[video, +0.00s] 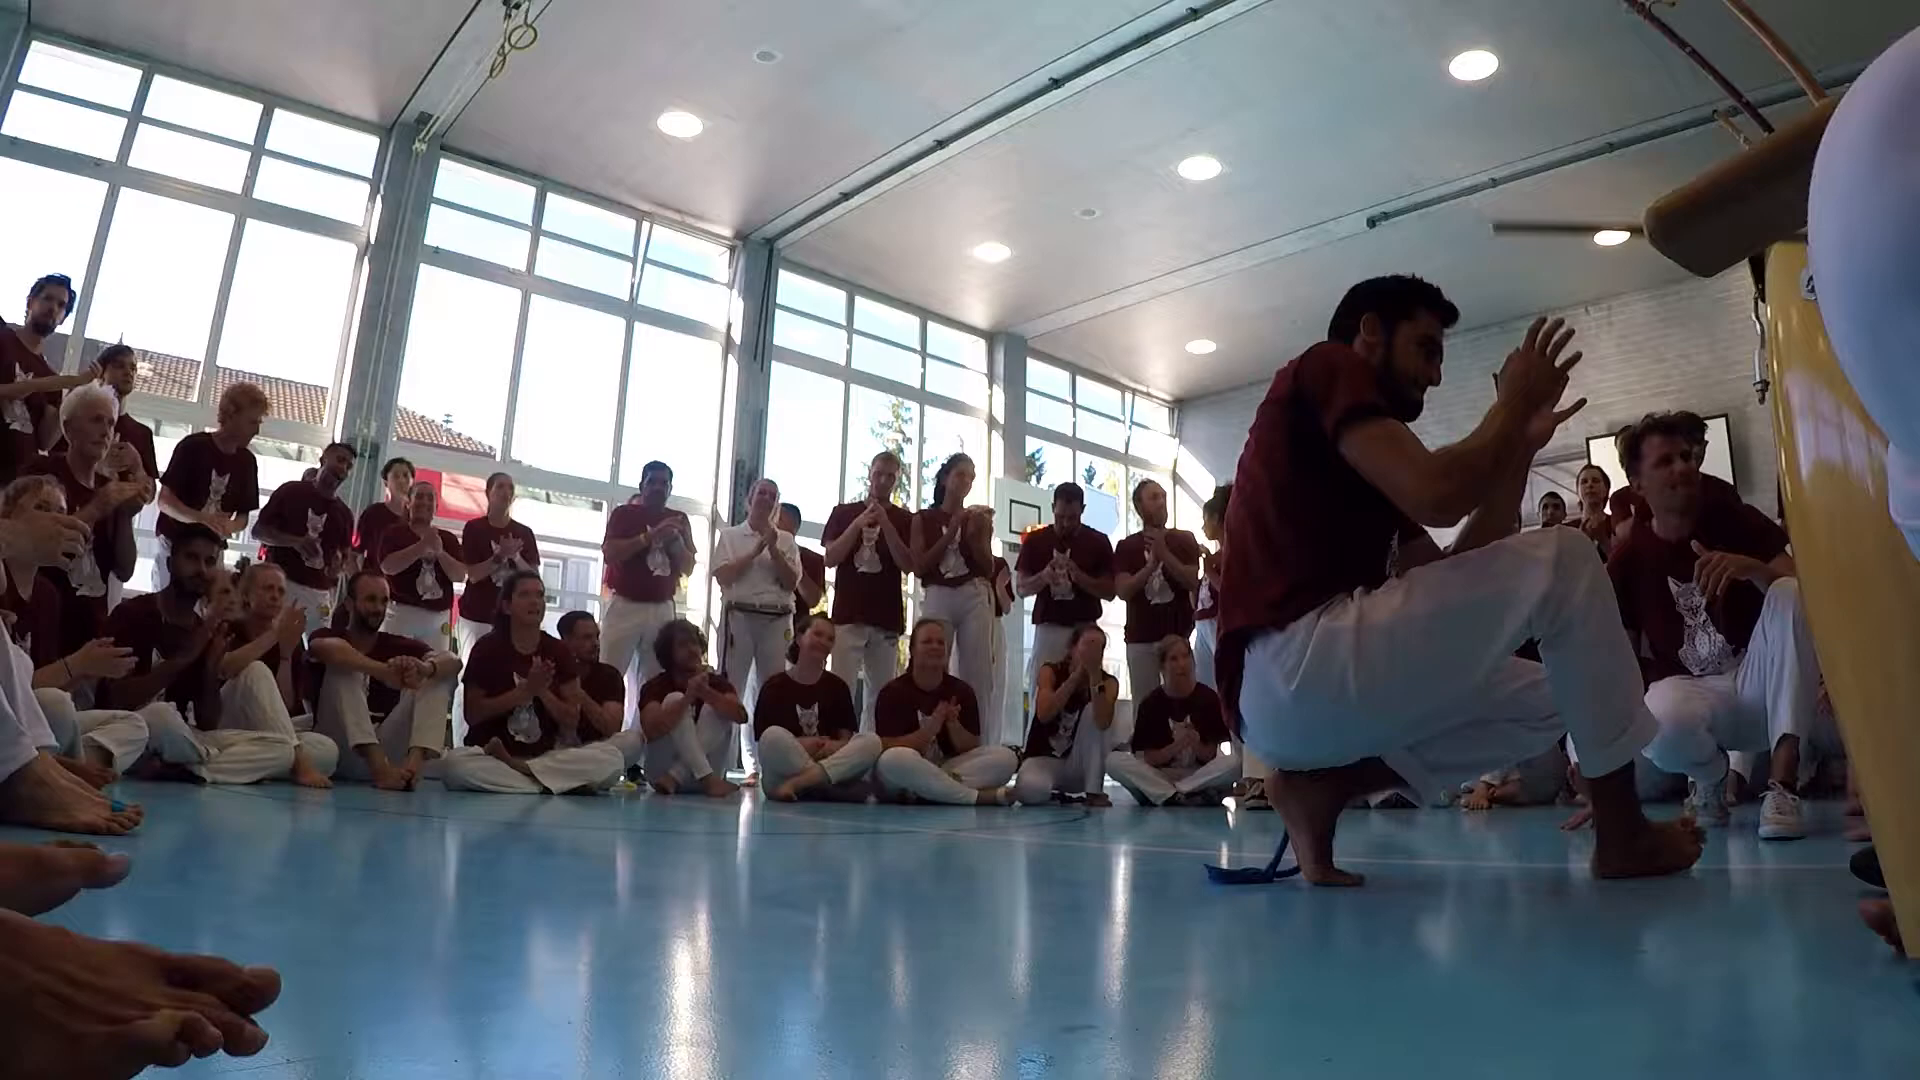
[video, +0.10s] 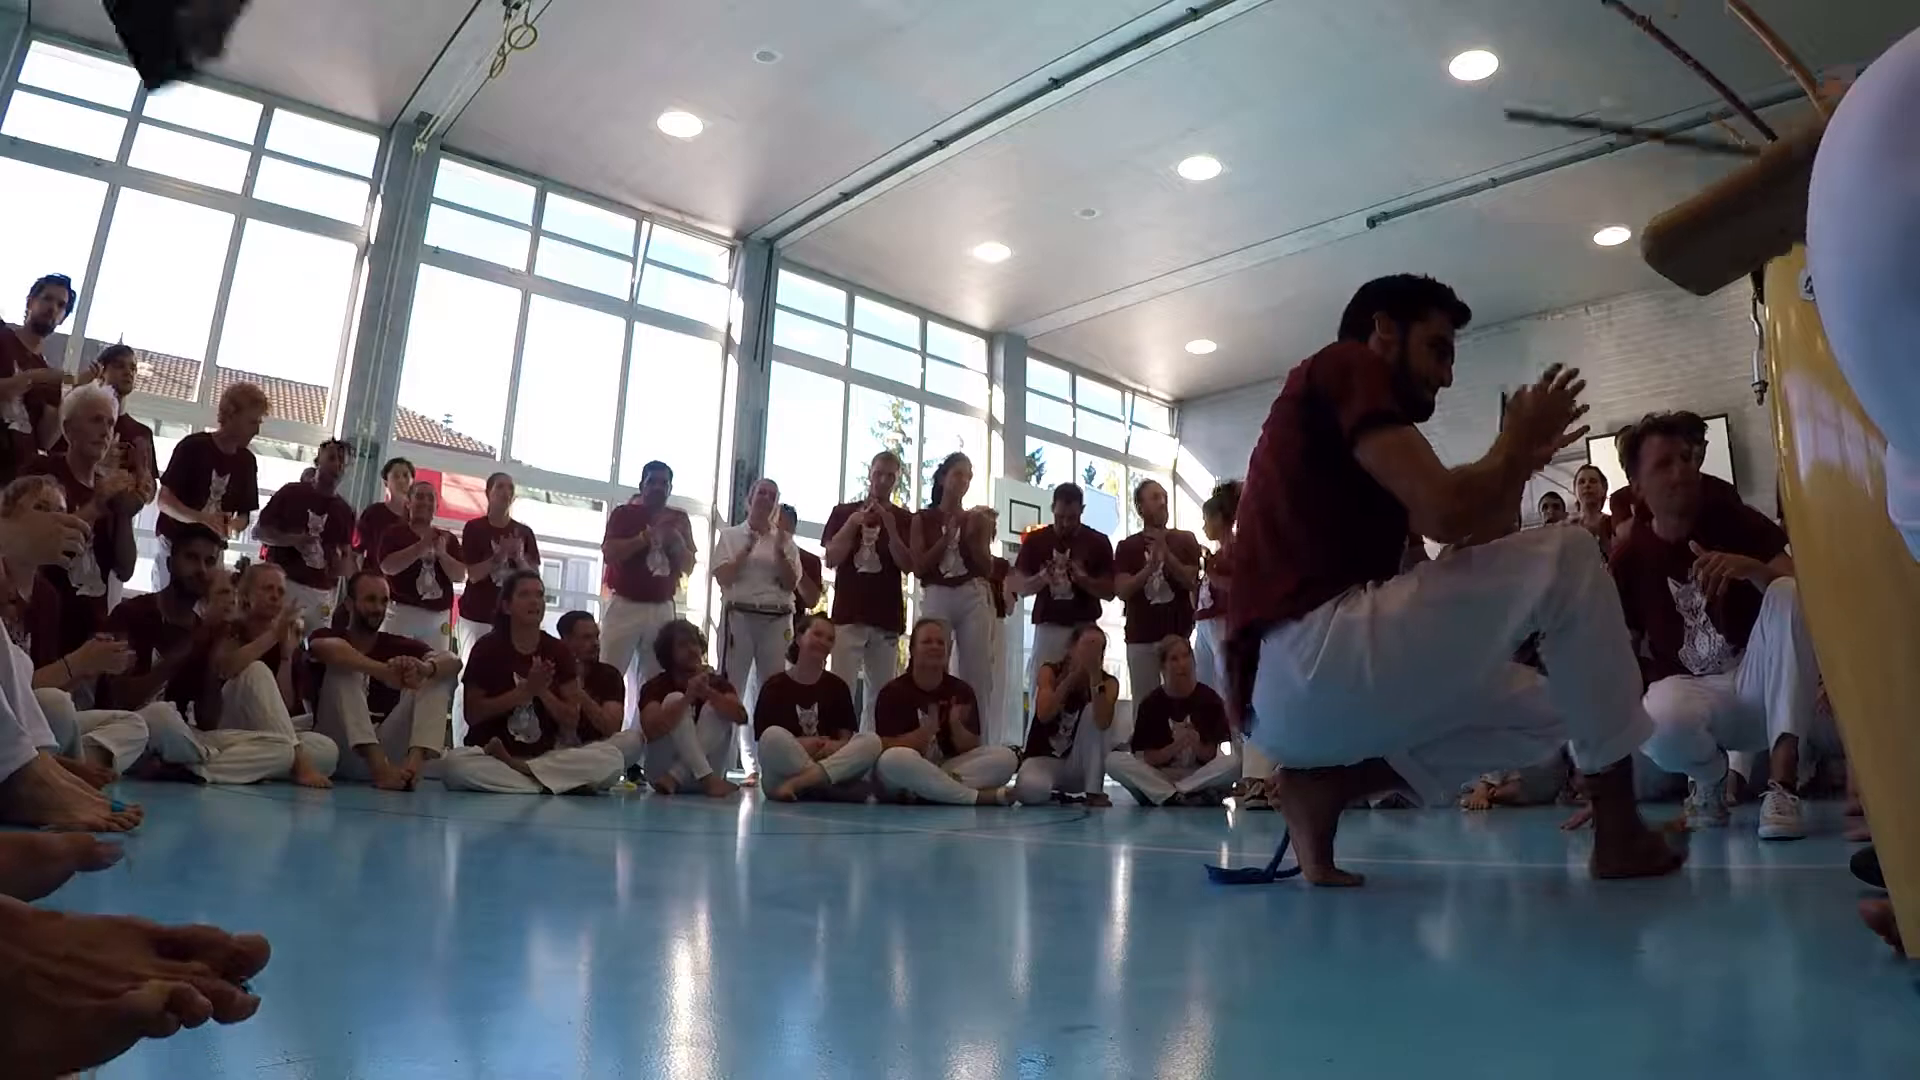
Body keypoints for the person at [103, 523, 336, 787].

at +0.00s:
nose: (202, 570)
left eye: (210, 562)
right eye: (191, 558)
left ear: (218, 569)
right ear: (171, 560)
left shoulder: (206, 627)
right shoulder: (134, 612)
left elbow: (208, 721)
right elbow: (119, 699)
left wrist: (211, 665)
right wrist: (188, 654)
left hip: (189, 737)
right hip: (136, 737)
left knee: (285, 752)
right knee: (161, 714)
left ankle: (185, 771)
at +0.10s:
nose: (201, 570)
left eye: (210, 562)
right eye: (191, 559)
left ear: (219, 569)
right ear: (171, 561)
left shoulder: (207, 626)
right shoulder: (133, 613)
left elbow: (208, 720)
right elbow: (121, 701)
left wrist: (217, 646)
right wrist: (191, 642)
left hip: (193, 736)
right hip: (140, 736)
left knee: (285, 752)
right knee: (160, 714)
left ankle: (184, 772)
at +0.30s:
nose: (273, 596)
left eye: (279, 591)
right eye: (265, 589)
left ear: (284, 598)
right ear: (244, 594)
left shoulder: (286, 636)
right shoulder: (225, 629)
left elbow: (289, 703)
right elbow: (224, 669)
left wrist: (284, 657)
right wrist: (276, 636)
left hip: (269, 731)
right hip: (226, 723)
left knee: (327, 751)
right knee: (256, 671)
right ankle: (299, 761)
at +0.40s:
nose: (203, 575)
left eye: (211, 567)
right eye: (193, 564)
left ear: (219, 573)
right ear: (173, 564)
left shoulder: (203, 628)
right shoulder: (135, 612)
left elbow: (208, 721)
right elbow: (122, 697)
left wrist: (212, 658)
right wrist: (192, 656)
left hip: (188, 737)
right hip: (139, 739)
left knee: (284, 751)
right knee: (160, 714)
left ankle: (188, 771)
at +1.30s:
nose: (212, 574)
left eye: (218, 566)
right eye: (202, 563)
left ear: (224, 574)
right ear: (176, 562)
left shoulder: (208, 632)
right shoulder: (139, 610)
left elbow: (208, 719)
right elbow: (132, 697)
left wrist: (220, 672)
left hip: (184, 735)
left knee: (282, 751)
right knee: (160, 714)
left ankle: (189, 772)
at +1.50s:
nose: (268, 597)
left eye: (273, 590)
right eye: (259, 590)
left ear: (279, 595)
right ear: (241, 595)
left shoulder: (286, 639)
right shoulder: (223, 630)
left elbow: (291, 710)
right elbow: (222, 668)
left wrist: (283, 663)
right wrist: (278, 637)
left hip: (272, 731)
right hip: (225, 724)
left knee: (327, 751)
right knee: (255, 672)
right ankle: (298, 762)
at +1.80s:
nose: (269, 597)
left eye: (274, 591)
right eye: (260, 590)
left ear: (280, 596)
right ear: (241, 595)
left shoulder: (286, 642)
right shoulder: (225, 631)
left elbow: (289, 708)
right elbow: (222, 668)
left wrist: (284, 658)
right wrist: (278, 638)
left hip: (271, 731)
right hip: (225, 724)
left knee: (327, 751)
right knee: (255, 672)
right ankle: (298, 762)